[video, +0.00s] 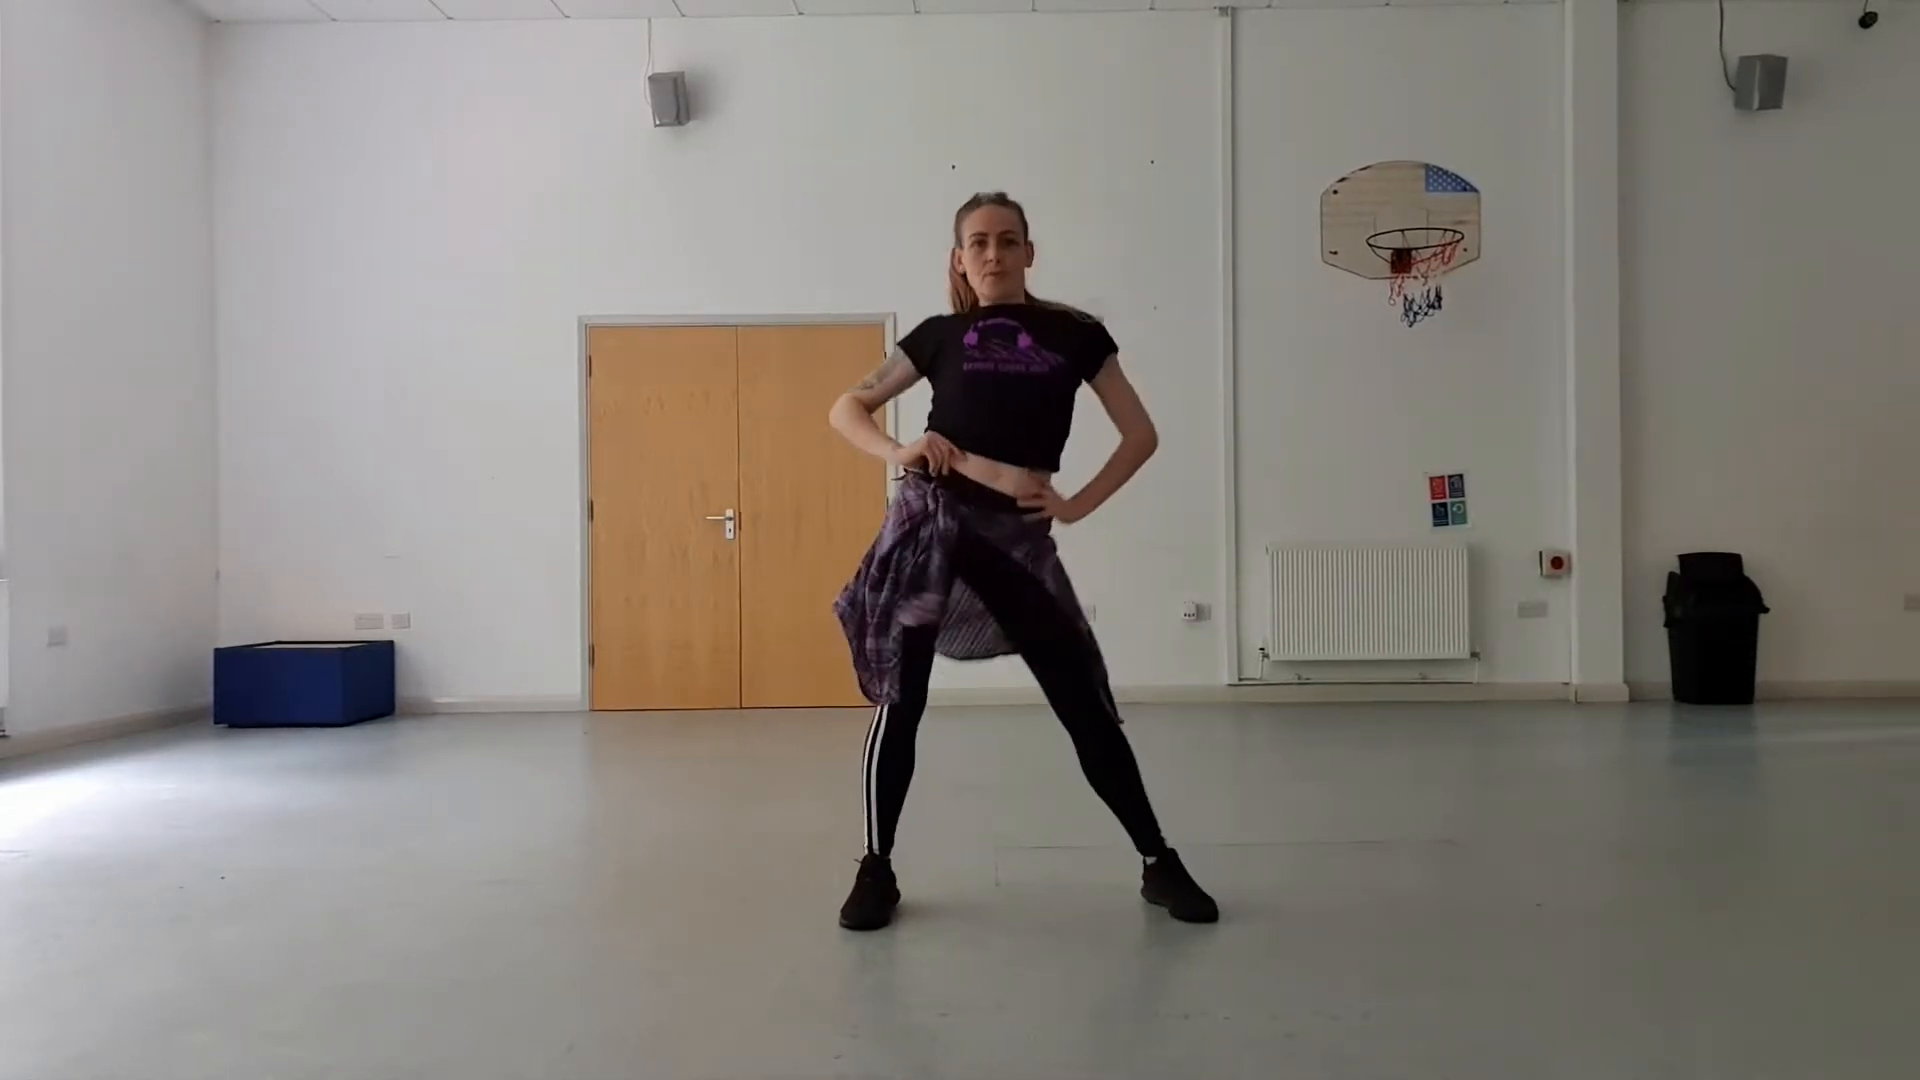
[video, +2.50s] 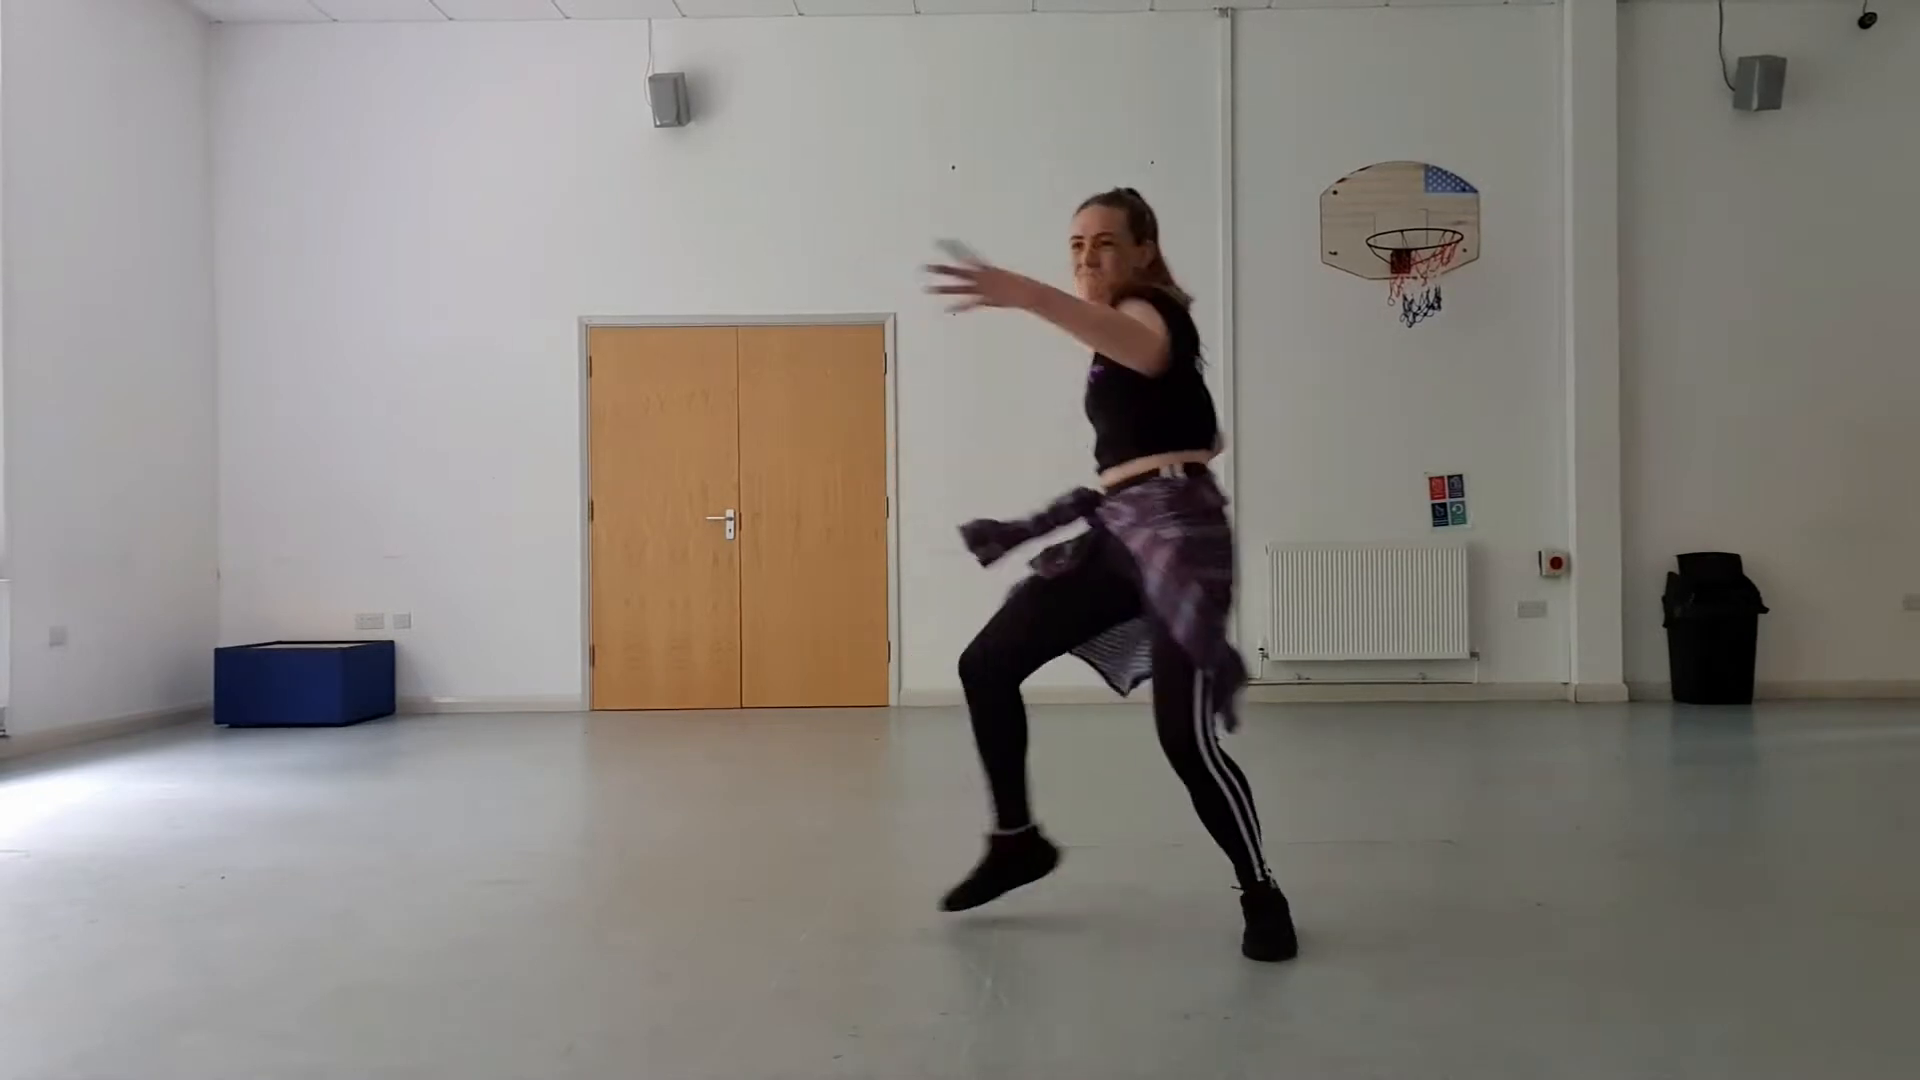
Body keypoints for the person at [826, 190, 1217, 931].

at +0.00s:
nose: (992, 253)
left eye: (1005, 241)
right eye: (978, 242)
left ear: (1029, 251)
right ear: (958, 258)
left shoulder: (1075, 335)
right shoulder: (939, 337)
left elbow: (1140, 436)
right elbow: (847, 409)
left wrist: (1080, 504)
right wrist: (894, 451)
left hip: (1017, 533)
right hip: (928, 524)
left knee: (1086, 704)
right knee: (901, 699)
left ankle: (1160, 863)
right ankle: (875, 867)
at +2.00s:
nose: (987, 225)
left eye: (1005, 216)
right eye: (981, 216)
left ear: (1043, 237)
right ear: (972, 238)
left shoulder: (1072, 319)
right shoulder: (943, 312)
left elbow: (1160, 385)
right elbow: (904, 391)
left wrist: (1104, 436)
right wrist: (923, 475)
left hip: (1064, 510)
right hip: (977, 518)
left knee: (1121, 671)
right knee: (966, 700)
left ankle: (1183, 812)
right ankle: (964, 860)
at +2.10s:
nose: (984, 204)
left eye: (1003, 195)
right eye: (980, 195)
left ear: (1042, 214)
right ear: (974, 213)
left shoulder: (1066, 279)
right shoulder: (961, 294)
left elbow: (1179, 306)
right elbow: (960, 392)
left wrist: (1091, 365)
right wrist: (951, 458)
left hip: (1062, 490)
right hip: (984, 501)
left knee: (1131, 672)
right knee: (974, 685)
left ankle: (1231, 836)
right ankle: (965, 853)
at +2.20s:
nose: (1013, 219)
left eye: (1028, 207)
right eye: (1007, 208)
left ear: (1064, 217)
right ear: (1000, 219)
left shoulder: (1078, 261)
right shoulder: (1005, 295)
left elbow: (1081, 230)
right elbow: (984, 283)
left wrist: (1019, 328)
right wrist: (987, 288)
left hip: (1061, 496)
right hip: (989, 502)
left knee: (1147, 683)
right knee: (988, 691)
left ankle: (1247, 860)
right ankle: (975, 854)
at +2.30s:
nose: (1043, 241)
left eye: (1064, 231)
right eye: (1036, 230)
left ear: (1097, 242)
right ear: (1027, 237)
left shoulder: (1099, 285)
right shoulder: (1052, 307)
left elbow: (1025, 273)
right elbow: (1030, 318)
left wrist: (935, 273)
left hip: (1077, 501)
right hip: (1012, 502)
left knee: (1131, 705)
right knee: (997, 698)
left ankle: (1242, 883)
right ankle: (980, 857)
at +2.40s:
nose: (1070, 254)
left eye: (1088, 241)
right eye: (1061, 244)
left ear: (1127, 246)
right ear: (1056, 251)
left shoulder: (1130, 296)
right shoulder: (1090, 313)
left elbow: (1043, 289)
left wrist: (944, 268)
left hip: (1121, 519)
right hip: (1063, 517)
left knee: (1146, 728)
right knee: (998, 695)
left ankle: (1251, 891)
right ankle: (986, 854)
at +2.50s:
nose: (1087, 259)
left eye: (1105, 245)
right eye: (1077, 247)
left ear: (1146, 254)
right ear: (1073, 259)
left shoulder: (1155, 313)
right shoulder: (1114, 341)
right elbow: (1128, 476)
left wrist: (1030, 296)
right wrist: (1029, 530)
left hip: (1179, 532)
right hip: (1122, 533)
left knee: (1186, 734)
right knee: (986, 664)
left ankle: (1260, 893)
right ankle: (1015, 837)